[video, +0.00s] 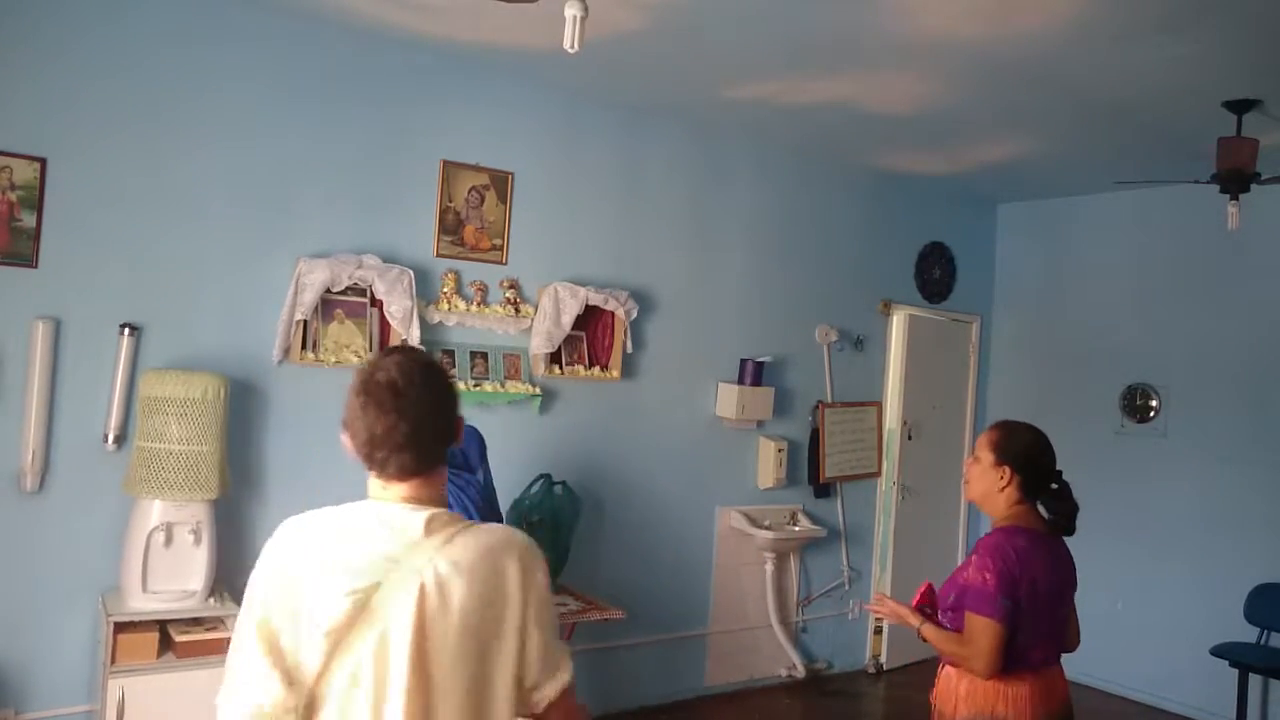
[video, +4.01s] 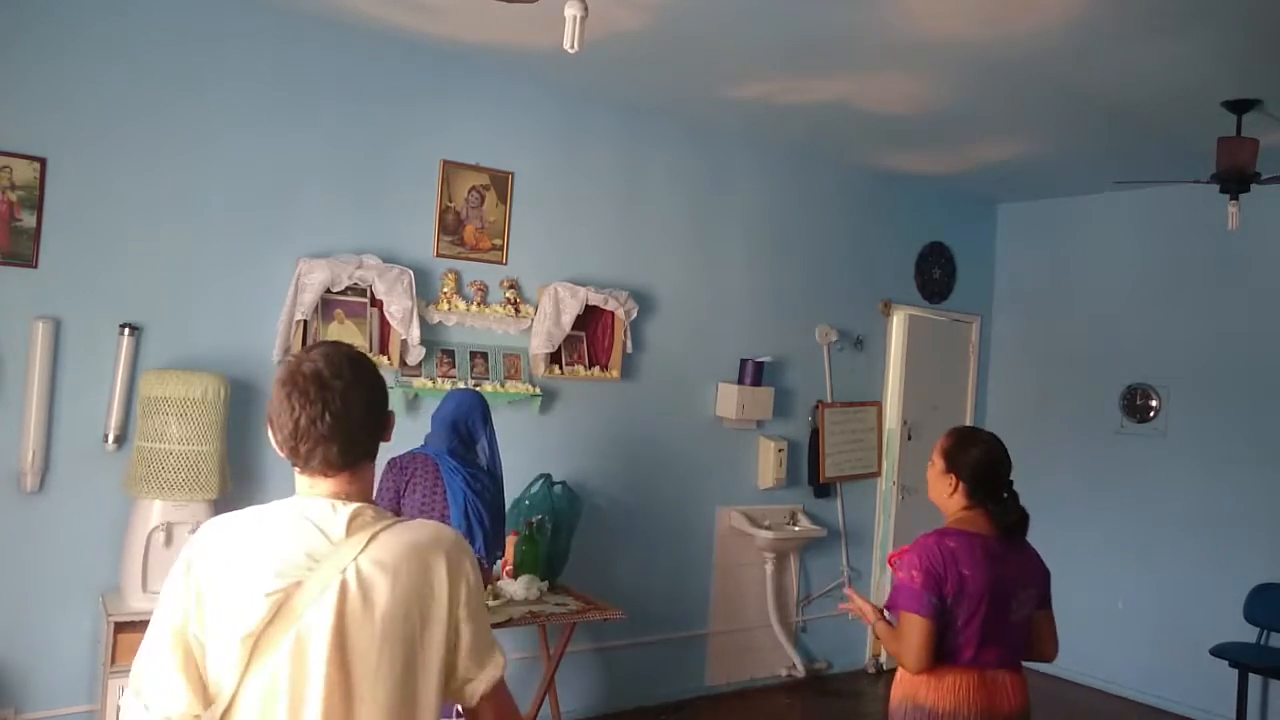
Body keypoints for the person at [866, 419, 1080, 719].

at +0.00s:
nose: (966, 466)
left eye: (975, 459)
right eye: (971, 457)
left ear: (1003, 477)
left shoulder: (994, 551)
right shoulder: (1053, 544)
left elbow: (982, 661)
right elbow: (1068, 639)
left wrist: (916, 622)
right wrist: (954, 619)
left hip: (989, 696)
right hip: (1045, 686)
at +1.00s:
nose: (966, 482)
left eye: (971, 471)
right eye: (969, 470)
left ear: (995, 484)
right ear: (1041, 482)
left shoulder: (973, 564)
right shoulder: (1081, 565)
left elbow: (962, 686)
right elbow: (1114, 666)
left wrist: (910, 646)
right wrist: (1041, 666)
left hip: (989, 709)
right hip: (1069, 709)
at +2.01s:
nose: (1046, 488)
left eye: (1052, 478)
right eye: (1049, 477)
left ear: (1082, 495)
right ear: (1125, 494)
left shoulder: (1079, 576)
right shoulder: (1164, 568)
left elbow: (1078, 701)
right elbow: (1196, 666)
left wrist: (1007, 658)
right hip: (1176, 711)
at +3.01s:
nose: (1017, 475)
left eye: (1025, 469)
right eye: (1022, 467)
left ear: (1052, 491)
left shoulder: (1037, 568)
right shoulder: (1119, 567)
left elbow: (1018, 685)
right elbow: (1137, 665)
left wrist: (961, 636)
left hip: (1031, 710)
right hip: (1103, 707)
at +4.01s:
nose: (927, 471)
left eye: (932, 464)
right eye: (931, 462)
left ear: (952, 483)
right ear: (993, 482)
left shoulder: (928, 553)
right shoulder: (1026, 555)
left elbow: (914, 658)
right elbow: (1045, 648)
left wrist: (875, 621)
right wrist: (984, 639)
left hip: (936, 694)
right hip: (1006, 692)